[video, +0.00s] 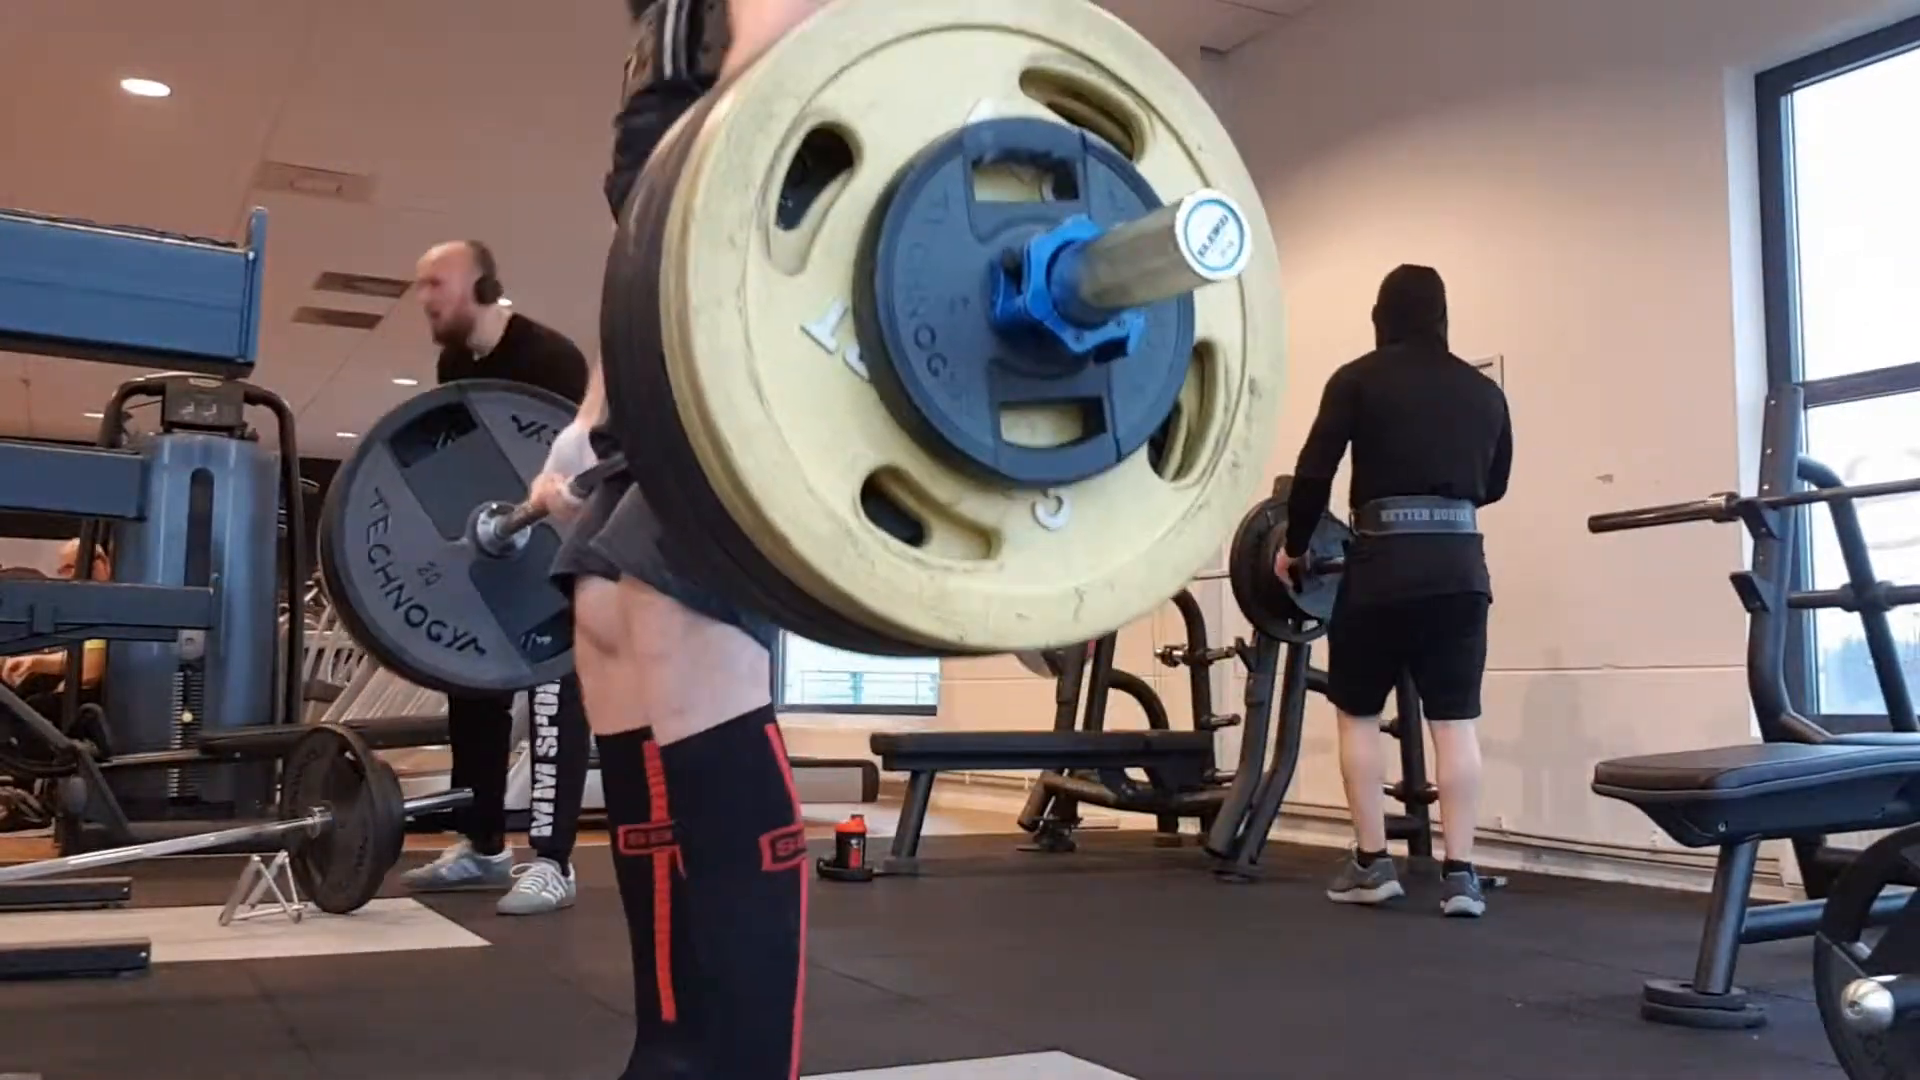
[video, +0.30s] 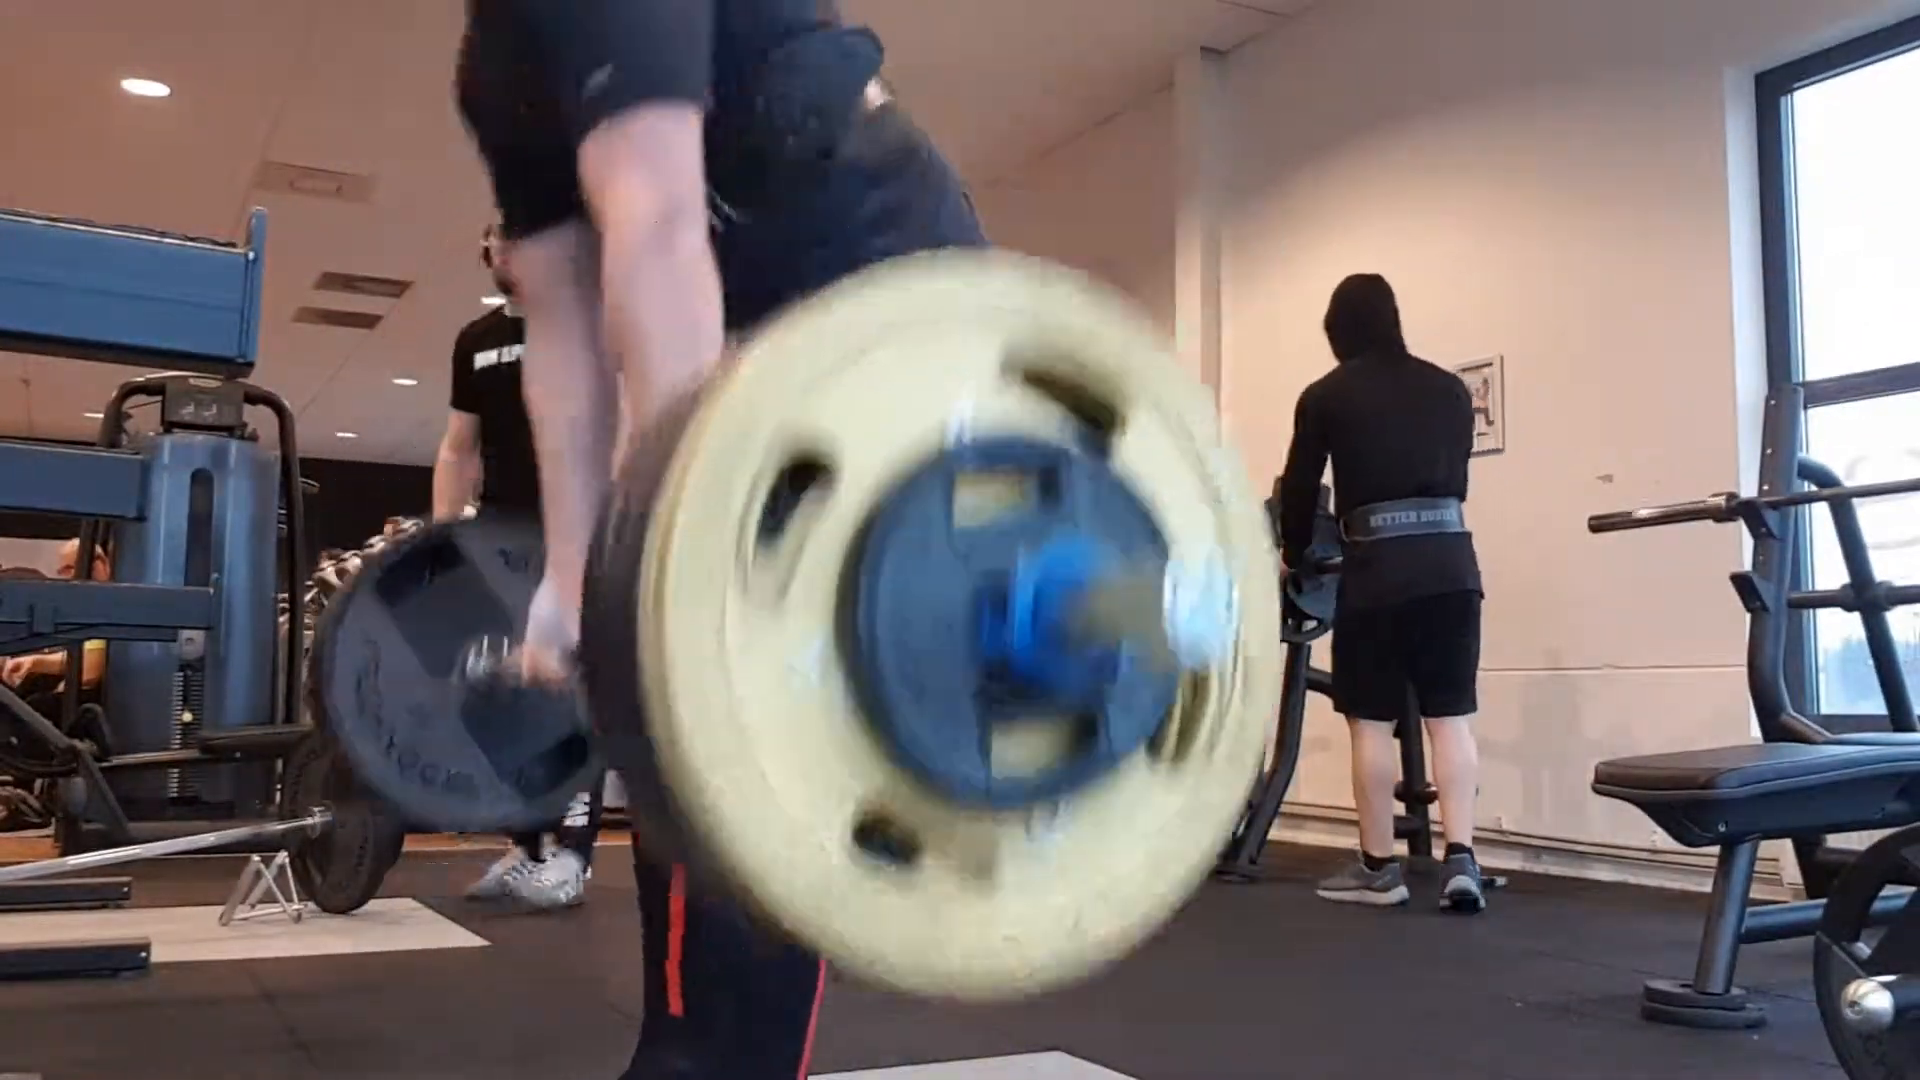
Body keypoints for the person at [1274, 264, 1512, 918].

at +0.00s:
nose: (1374, 325)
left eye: (1376, 316)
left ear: (1381, 318)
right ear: (1442, 319)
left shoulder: (1356, 380)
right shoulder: (1484, 391)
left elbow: (1313, 474)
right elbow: (1492, 485)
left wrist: (1295, 544)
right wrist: (1426, 498)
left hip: (1380, 568)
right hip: (1458, 571)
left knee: (1359, 713)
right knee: (1454, 721)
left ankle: (1374, 862)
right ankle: (1459, 875)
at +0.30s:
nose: (1332, 340)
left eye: (1331, 331)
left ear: (1337, 330)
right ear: (1395, 322)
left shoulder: (1325, 397)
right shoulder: (1450, 389)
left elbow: (1299, 491)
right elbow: (1454, 488)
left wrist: (1294, 553)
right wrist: (1407, 538)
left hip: (1374, 578)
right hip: (1451, 574)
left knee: (1371, 727)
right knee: (1450, 719)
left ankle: (1379, 869)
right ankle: (1461, 862)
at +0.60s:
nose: (1319, 354)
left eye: (1318, 345)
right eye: (1319, 345)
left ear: (1327, 342)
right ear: (1381, 330)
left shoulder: (1329, 402)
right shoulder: (1440, 389)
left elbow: (1307, 493)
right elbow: (1454, 485)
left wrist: (1291, 553)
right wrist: (1393, 531)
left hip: (1390, 577)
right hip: (1460, 572)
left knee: (1379, 724)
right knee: (1454, 715)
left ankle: (1382, 868)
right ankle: (1485, 862)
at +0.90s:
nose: (1358, 348)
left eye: (1358, 338)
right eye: (1357, 339)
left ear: (1367, 337)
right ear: (1421, 328)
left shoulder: (1370, 396)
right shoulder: (1470, 394)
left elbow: (1332, 489)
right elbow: (1477, 492)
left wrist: (1304, 544)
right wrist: (1409, 535)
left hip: (1416, 578)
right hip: (1479, 572)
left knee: (1389, 718)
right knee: (1470, 716)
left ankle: (1380, 864)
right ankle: (1489, 864)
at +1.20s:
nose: (1396, 345)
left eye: (1397, 335)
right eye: (1396, 336)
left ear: (1409, 331)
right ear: (1459, 327)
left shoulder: (1405, 390)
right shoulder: (1503, 395)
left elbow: (1352, 477)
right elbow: (1489, 498)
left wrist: (1307, 533)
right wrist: (1403, 543)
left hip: (1442, 571)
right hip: (1505, 570)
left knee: (1400, 715)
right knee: (1485, 718)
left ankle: (1398, 864)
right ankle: (1490, 866)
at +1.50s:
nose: (1390, 341)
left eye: (1391, 330)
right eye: (1391, 331)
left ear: (1400, 328)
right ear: (1455, 322)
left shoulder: (1403, 387)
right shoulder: (1501, 393)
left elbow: (1360, 474)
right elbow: (1508, 488)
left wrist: (1329, 530)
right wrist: (1430, 525)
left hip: (1444, 572)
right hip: (1500, 570)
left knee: (1427, 715)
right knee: (1482, 719)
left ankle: (1450, 871)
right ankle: (1491, 867)